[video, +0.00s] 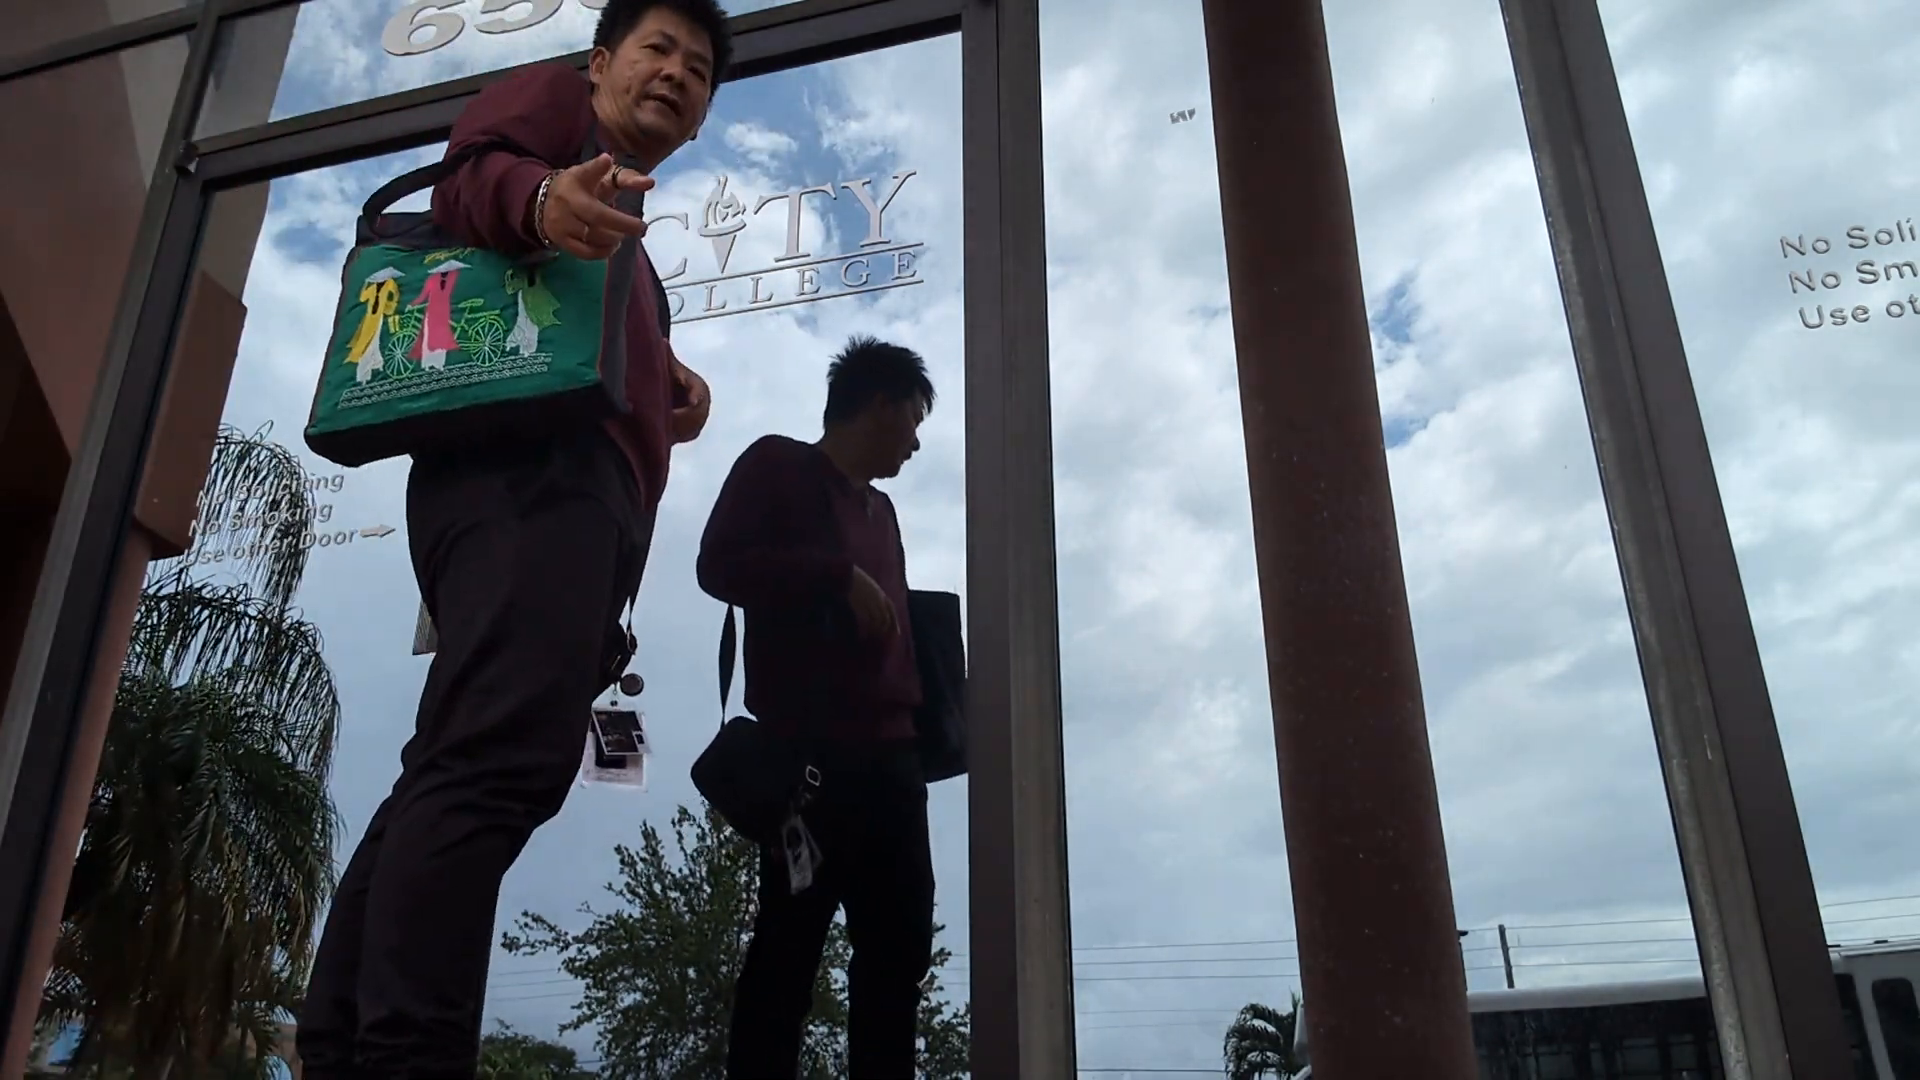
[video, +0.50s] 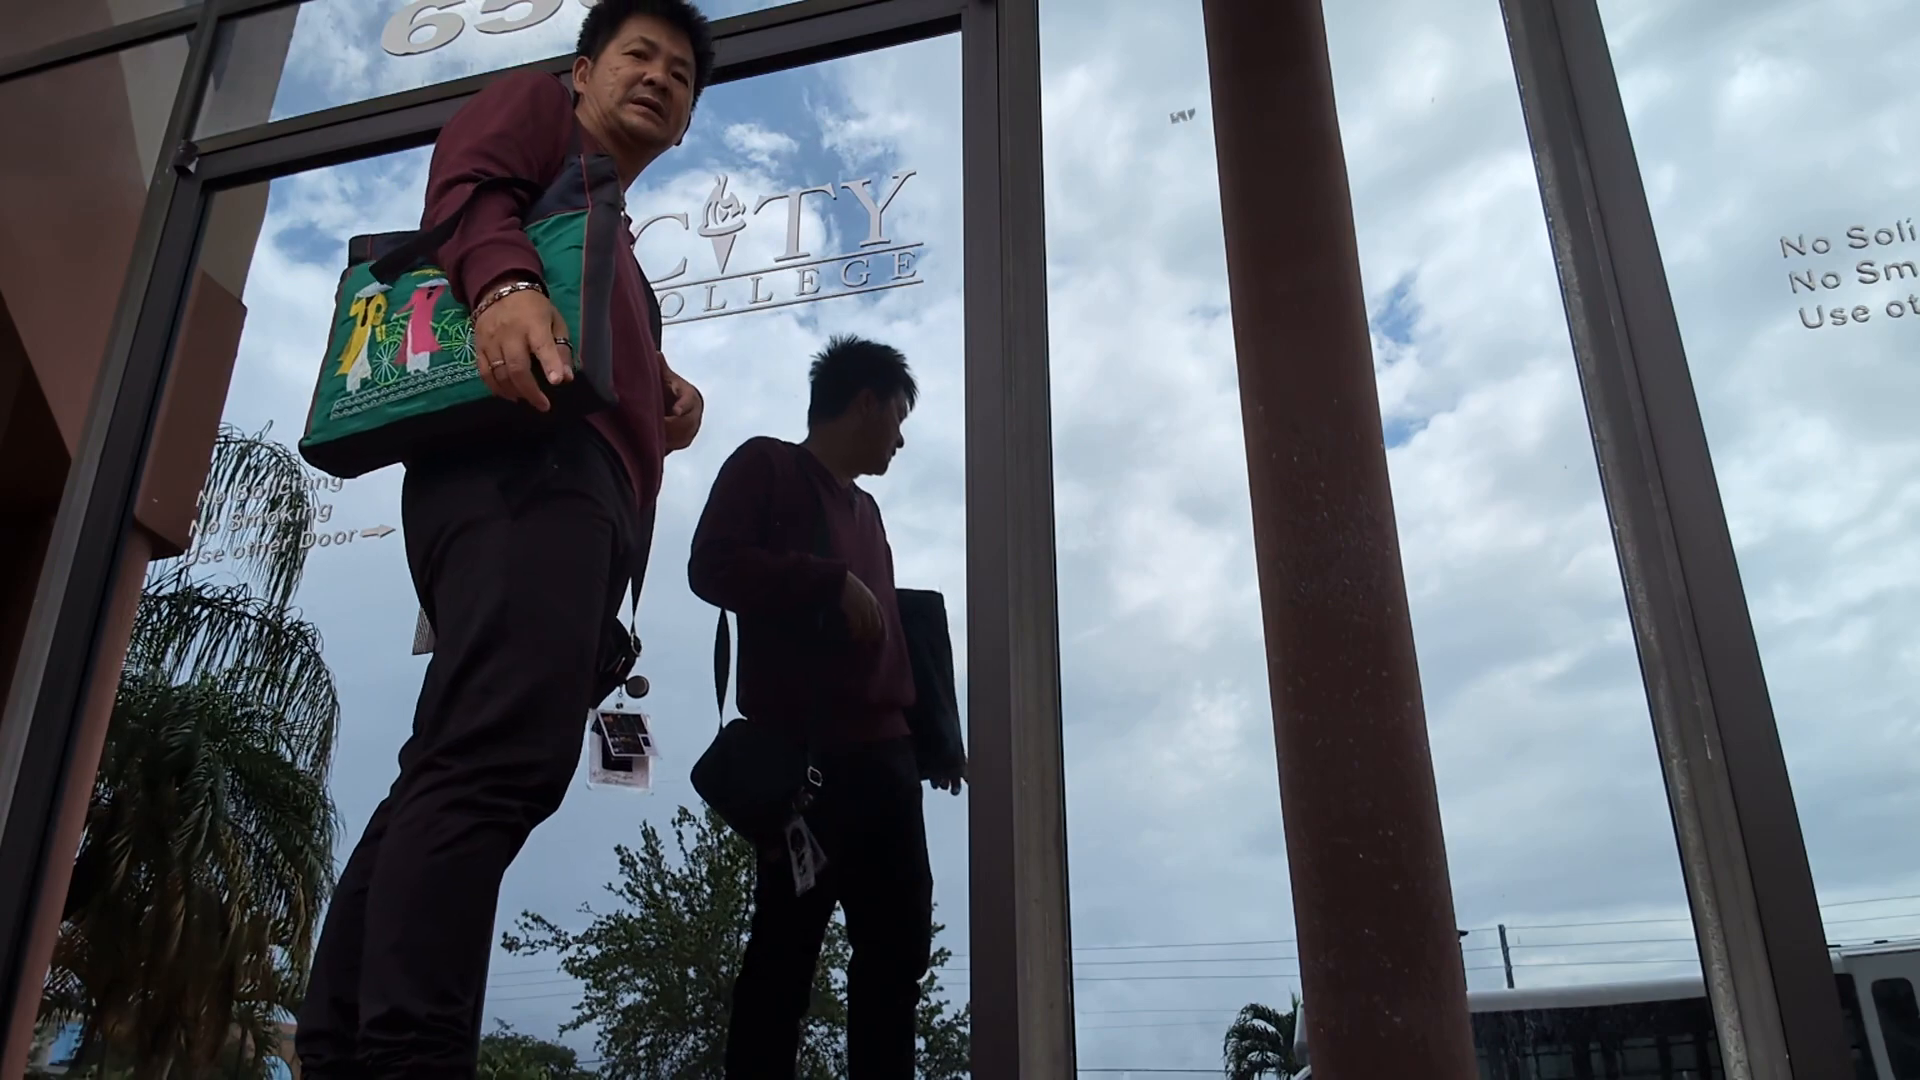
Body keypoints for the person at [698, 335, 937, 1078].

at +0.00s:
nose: (918, 439)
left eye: (922, 423)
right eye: (914, 418)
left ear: (870, 416)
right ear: (872, 408)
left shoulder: (879, 508)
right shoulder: (777, 462)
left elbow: (883, 627)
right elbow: (719, 564)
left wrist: (923, 705)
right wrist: (842, 577)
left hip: (887, 757)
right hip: (805, 750)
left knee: (897, 953)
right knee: (787, 948)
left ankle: (883, 1075)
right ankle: (759, 1071)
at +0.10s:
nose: (916, 441)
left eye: (920, 425)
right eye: (912, 420)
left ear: (870, 418)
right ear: (871, 411)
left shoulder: (877, 510)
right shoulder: (777, 461)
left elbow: (880, 630)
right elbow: (720, 565)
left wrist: (922, 707)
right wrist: (844, 577)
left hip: (885, 756)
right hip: (802, 750)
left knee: (896, 952)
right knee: (787, 947)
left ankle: (880, 1075)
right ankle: (760, 1071)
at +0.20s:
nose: (914, 440)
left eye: (918, 424)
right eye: (911, 419)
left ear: (868, 418)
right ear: (869, 411)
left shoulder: (874, 511)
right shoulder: (775, 461)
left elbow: (879, 629)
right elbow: (720, 563)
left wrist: (918, 710)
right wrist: (844, 578)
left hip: (884, 758)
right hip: (802, 751)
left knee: (896, 953)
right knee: (787, 948)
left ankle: (883, 1076)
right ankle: (760, 1071)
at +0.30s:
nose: (910, 440)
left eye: (914, 424)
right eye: (907, 419)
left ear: (864, 415)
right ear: (867, 409)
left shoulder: (871, 510)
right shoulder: (773, 462)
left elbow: (879, 627)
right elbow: (719, 562)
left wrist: (916, 722)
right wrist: (841, 577)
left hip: (884, 756)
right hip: (805, 752)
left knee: (896, 954)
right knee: (786, 952)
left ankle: (881, 1079)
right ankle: (760, 1075)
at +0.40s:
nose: (906, 438)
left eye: (910, 421)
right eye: (903, 417)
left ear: (858, 412)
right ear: (865, 406)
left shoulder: (868, 510)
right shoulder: (769, 462)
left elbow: (880, 632)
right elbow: (715, 565)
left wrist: (928, 727)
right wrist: (839, 580)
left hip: (882, 756)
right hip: (803, 752)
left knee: (896, 953)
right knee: (786, 951)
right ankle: (759, 1077)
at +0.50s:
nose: (902, 438)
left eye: (905, 421)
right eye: (899, 417)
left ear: (858, 410)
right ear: (863, 405)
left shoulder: (866, 511)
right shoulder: (766, 462)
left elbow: (888, 635)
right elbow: (712, 565)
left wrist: (934, 737)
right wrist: (829, 580)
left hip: (881, 756)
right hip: (798, 752)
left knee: (895, 952)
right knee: (784, 948)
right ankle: (756, 1075)